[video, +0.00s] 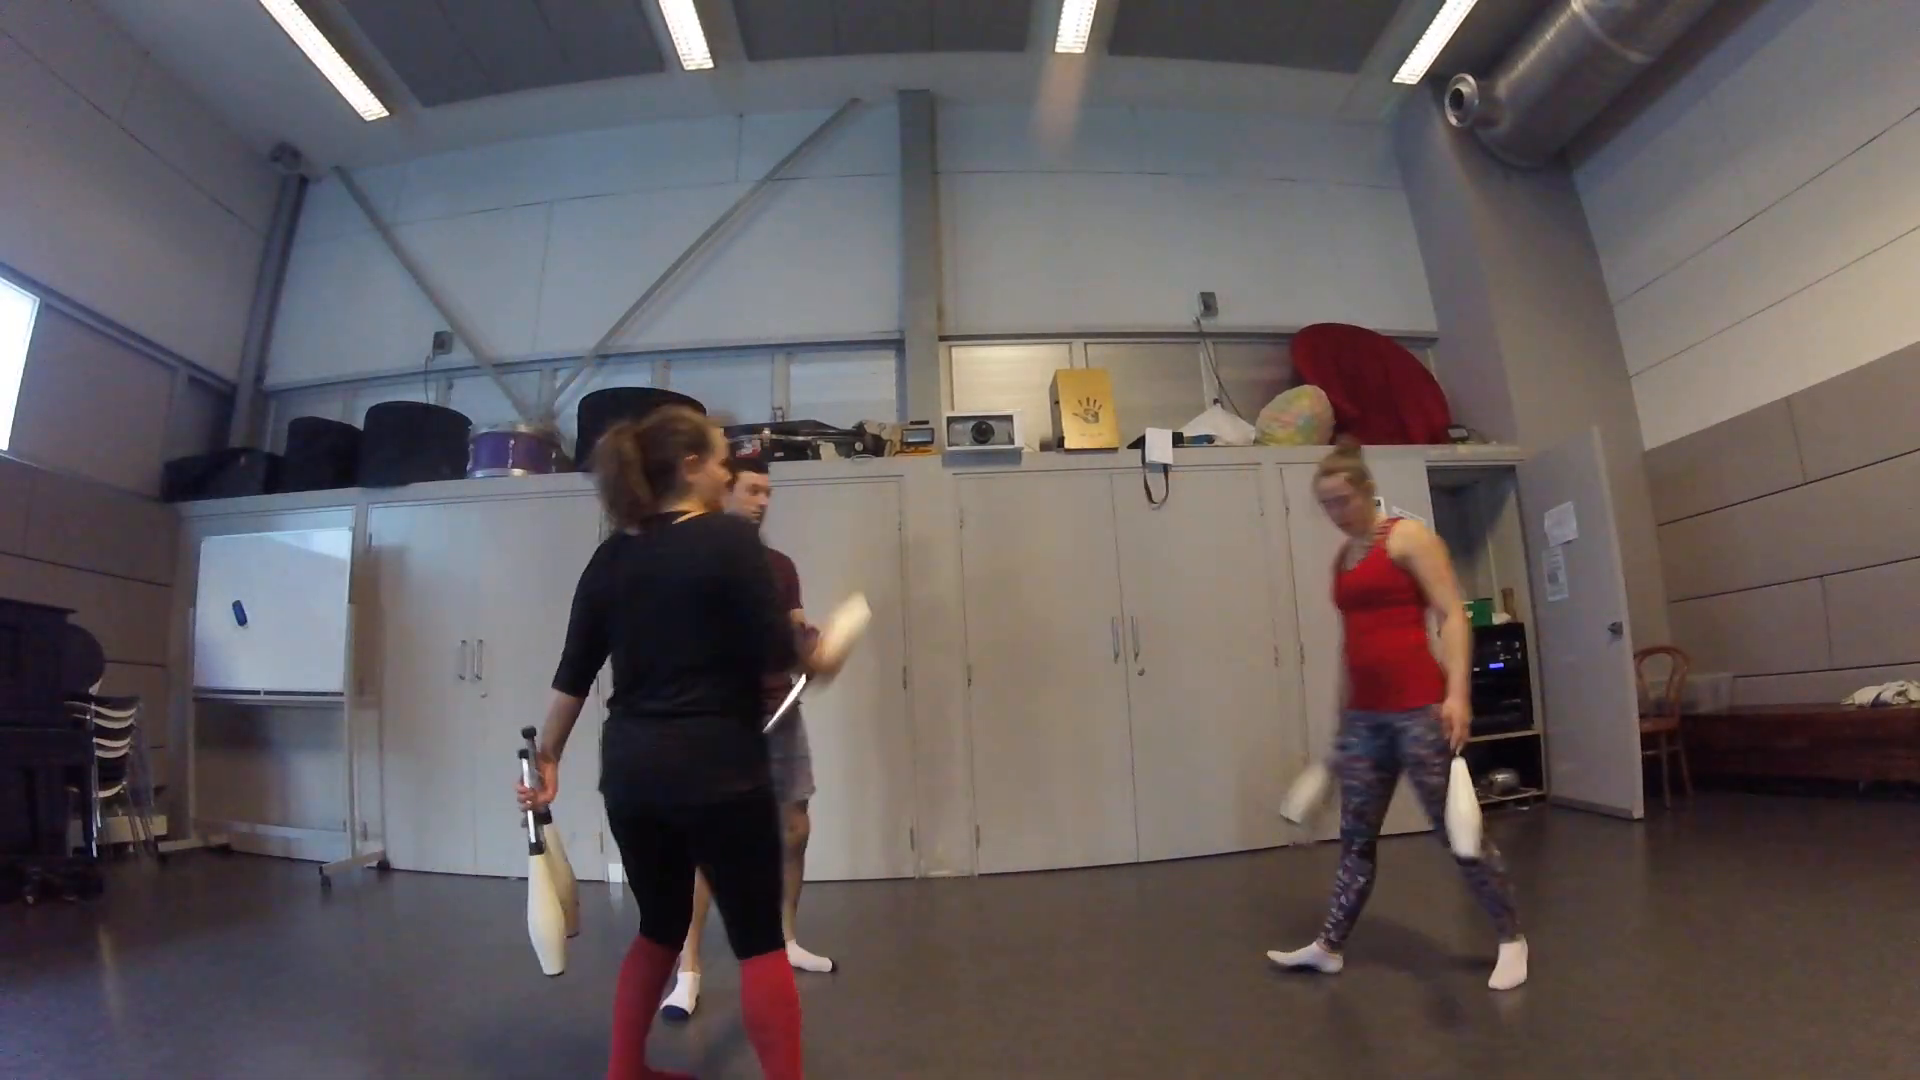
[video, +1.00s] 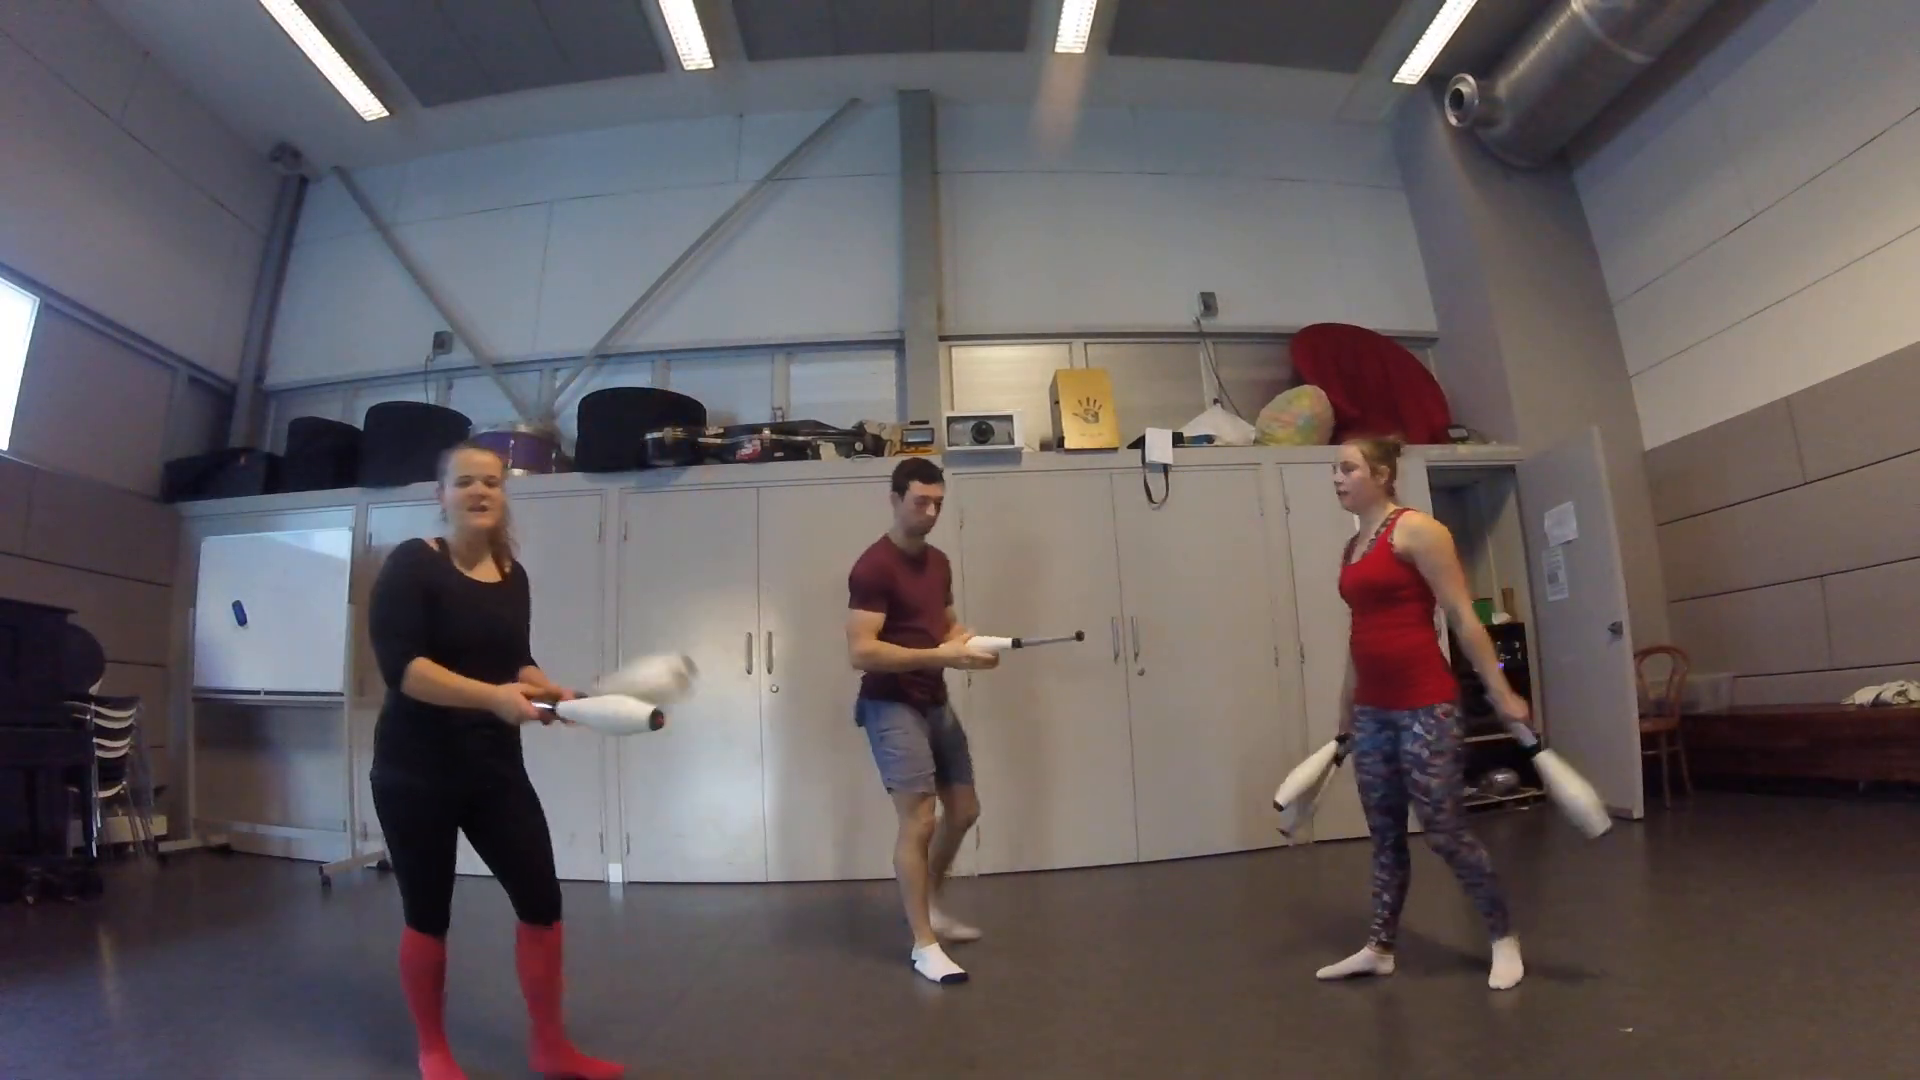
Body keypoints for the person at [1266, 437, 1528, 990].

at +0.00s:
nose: (1335, 512)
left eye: (1341, 499)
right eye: (1326, 503)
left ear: (1368, 491)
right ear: (1322, 505)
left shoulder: (1411, 538)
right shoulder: (1346, 556)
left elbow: (1453, 614)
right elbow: (1354, 644)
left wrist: (1457, 696)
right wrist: (1347, 718)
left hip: (1421, 711)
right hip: (1365, 716)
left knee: (1459, 827)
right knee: (1357, 836)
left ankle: (1511, 938)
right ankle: (1330, 944)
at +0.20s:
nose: (1379, 507)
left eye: (1386, 494)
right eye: (1370, 499)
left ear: (1411, 483)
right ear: (1366, 497)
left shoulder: (1455, 524)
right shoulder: (1388, 547)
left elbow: (1498, 596)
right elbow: (1409, 622)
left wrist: (1500, 675)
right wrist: (1404, 689)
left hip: (1466, 701)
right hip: (1408, 704)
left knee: (1482, 829)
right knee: (1393, 823)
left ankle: (1511, 942)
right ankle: (1381, 954)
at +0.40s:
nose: (1395, 503)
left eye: (1402, 491)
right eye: (1386, 495)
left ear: (1427, 479)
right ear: (1381, 493)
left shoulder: (1472, 527)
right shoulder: (1403, 541)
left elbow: (1491, 612)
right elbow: (1423, 620)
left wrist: (1475, 683)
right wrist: (1422, 690)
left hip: (1491, 698)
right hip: (1431, 703)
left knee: (1498, 828)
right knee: (1457, 830)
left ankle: (1514, 940)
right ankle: (1479, 964)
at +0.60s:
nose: (1384, 499)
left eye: (1391, 486)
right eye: (1377, 489)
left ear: (1421, 477)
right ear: (1379, 489)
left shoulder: (1470, 526)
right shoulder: (1401, 541)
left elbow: (1494, 613)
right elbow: (1417, 627)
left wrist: (1496, 696)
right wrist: (1419, 703)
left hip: (1486, 698)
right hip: (1431, 702)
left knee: (1503, 826)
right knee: (1444, 825)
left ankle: (1513, 943)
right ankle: (1448, 953)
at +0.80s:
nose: (1358, 491)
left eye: (1367, 480)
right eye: (1355, 482)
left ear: (1401, 479)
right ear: (1377, 485)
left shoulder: (1453, 530)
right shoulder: (1381, 548)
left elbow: (1500, 611)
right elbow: (1389, 638)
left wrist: (1534, 692)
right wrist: (1377, 714)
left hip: (1468, 705)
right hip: (1409, 709)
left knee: (1491, 825)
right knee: (1400, 826)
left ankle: (1513, 944)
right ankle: (1382, 945)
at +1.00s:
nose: (1337, 480)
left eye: (1348, 470)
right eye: (1336, 471)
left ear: (1384, 476)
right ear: (1351, 480)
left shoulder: (1419, 531)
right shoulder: (1355, 544)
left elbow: (1463, 617)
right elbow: (1361, 636)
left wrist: (1503, 695)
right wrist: (1349, 711)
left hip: (1427, 707)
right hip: (1371, 710)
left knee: (1444, 828)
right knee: (1385, 833)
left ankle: (1502, 938)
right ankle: (1380, 946)